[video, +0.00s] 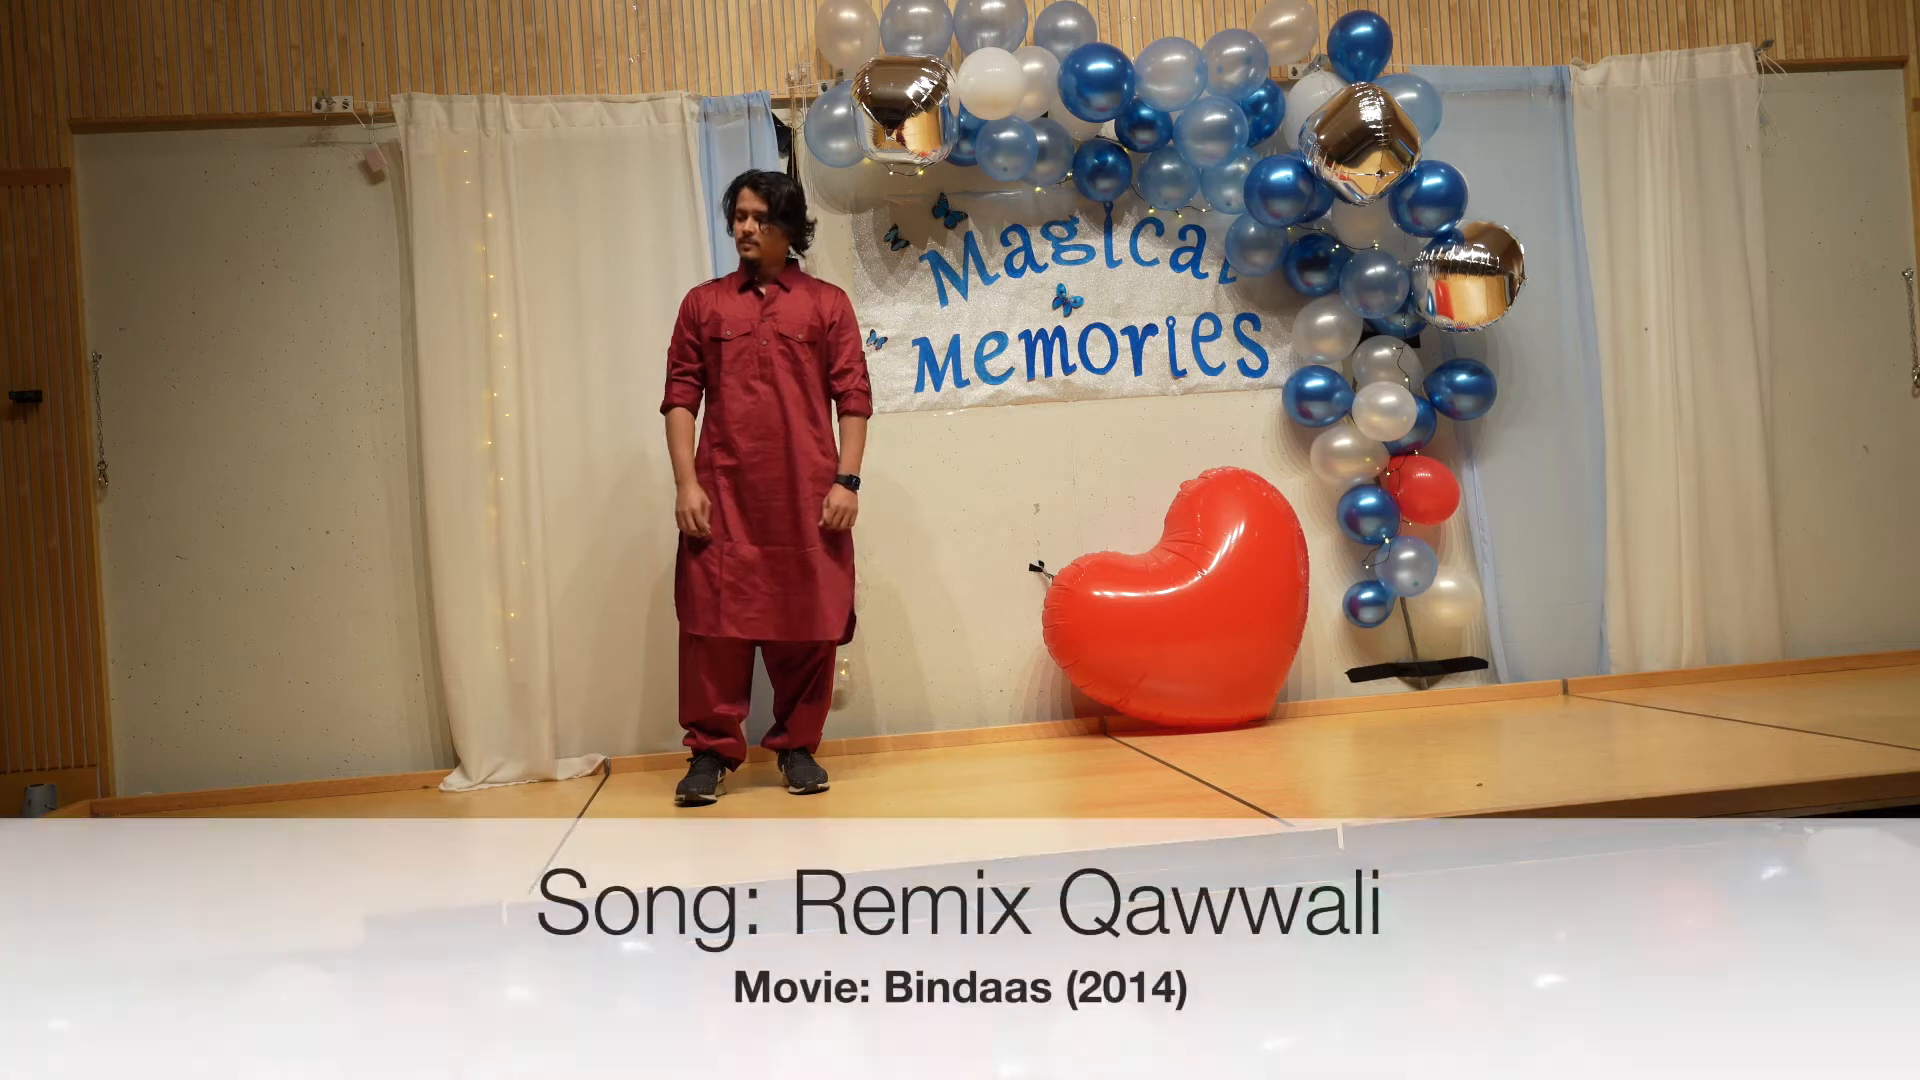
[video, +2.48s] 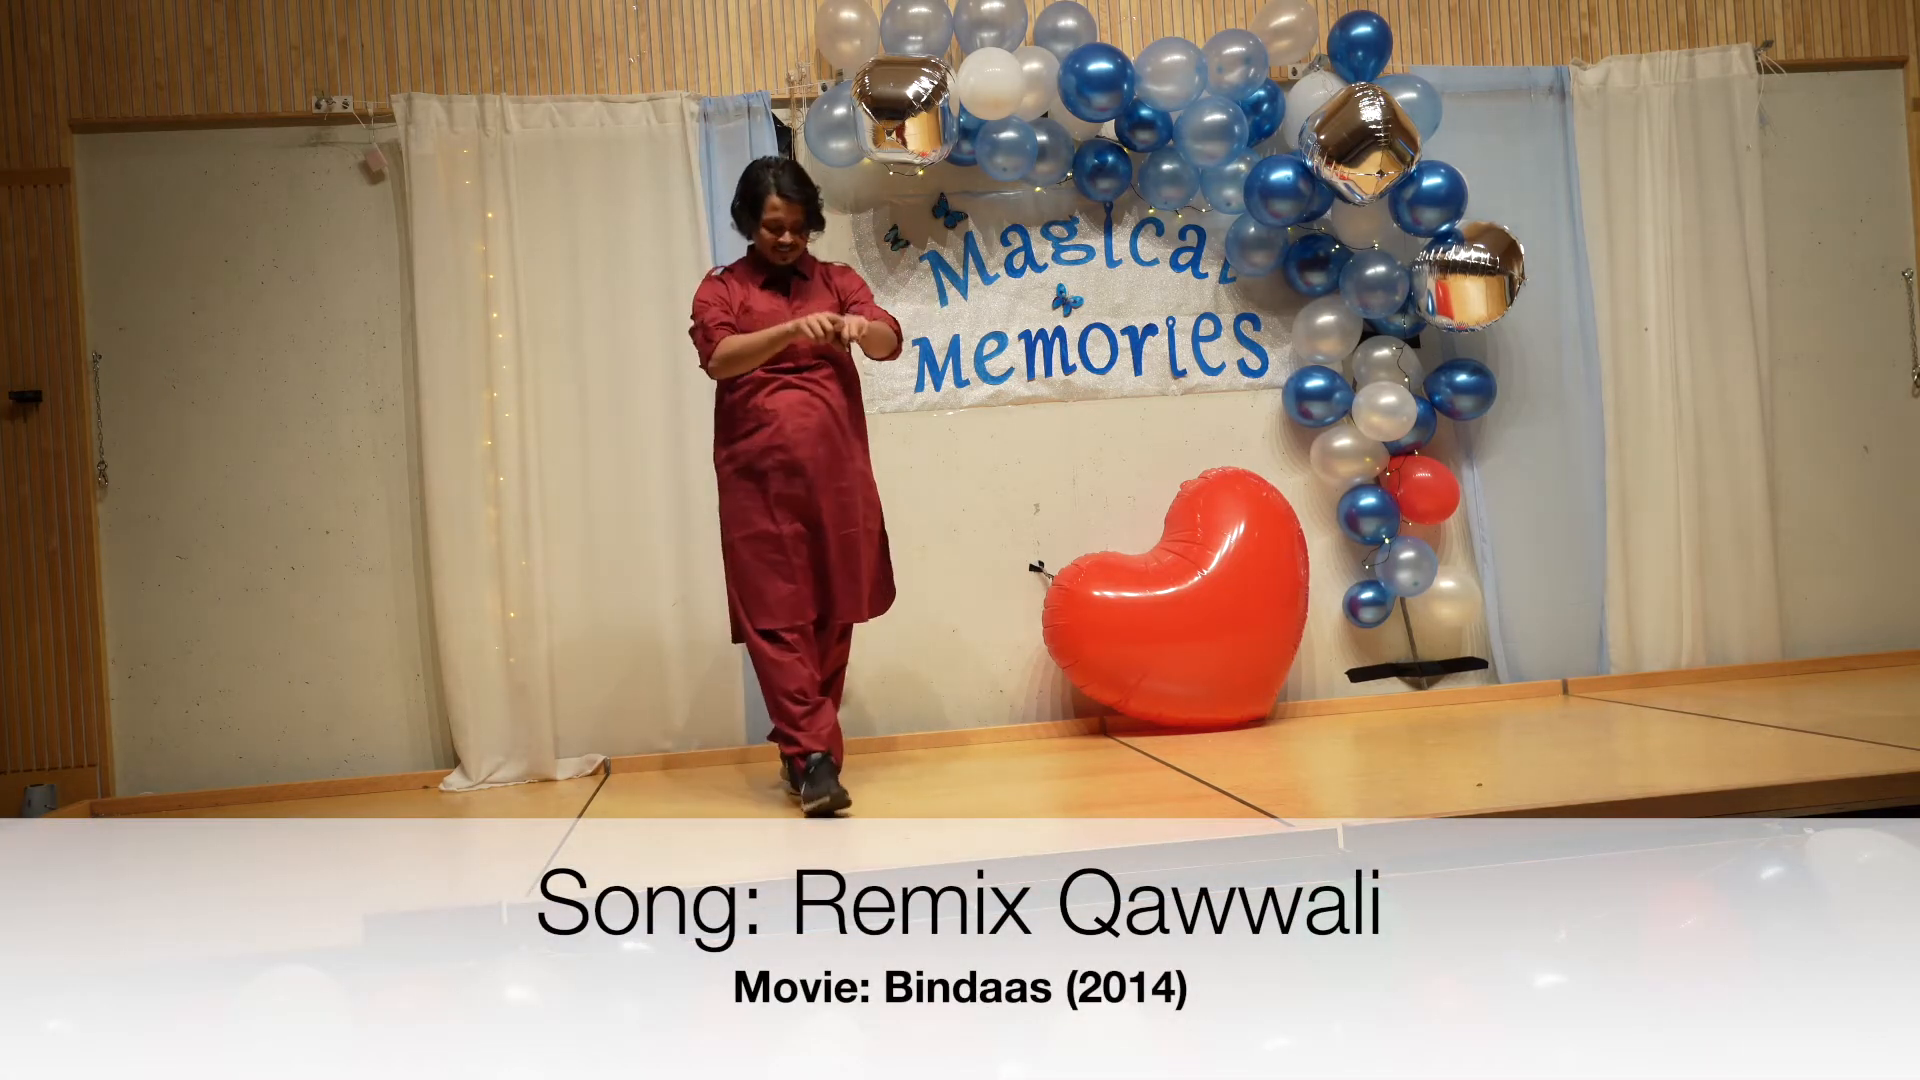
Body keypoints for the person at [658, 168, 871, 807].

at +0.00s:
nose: (745, 227)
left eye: (760, 217)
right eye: (739, 216)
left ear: (790, 227)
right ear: (730, 224)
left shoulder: (827, 303)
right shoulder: (703, 304)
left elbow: (854, 397)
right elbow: (679, 399)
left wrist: (848, 480)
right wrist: (686, 482)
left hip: (805, 493)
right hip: (723, 493)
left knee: (808, 628)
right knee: (713, 624)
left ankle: (799, 748)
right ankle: (710, 752)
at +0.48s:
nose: (758, 222)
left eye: (771, 213)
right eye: (749, 212)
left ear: (798, 225)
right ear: (738, 223)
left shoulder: (832, 302)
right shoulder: (706, 300)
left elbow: (860, 393)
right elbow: (678, 393)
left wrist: (848, 469)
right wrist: (700, 473)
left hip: (808, 490)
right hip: (725, 490)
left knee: (809, 626)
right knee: (713, 622)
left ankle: (799, 749)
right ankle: (709, 752)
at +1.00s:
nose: (757, 211)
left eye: (767, 203)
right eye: (745, 207)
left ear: (789, 221)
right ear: (731, 229)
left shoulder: (823, 291)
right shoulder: (720, 298)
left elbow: (868, 259)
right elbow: (682, 275)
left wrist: (829, 198)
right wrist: (717, 206)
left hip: (815, 478)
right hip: (734, 478)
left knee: (812, 623)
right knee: (717, 619)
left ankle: (800, 748)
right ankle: (711, 752)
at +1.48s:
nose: (761, 218)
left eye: (771, 210)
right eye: (747, 213)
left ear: (791, 230)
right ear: (732, 237)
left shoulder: (833, 301)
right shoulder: (716, 306)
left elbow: (907, 320)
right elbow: (661, 348)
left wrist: (932, 291)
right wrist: (667, 310)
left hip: (826, 488)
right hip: (740, 491)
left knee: (819, 627)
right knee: (735, 625)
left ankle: (801, 749)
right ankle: (727, 754)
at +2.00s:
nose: (769, 239)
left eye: (779, 227)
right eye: (756, 229)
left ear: (795, 229)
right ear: (733, 235)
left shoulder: (825, 290)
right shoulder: (713, 301)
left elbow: (871, 341)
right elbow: (711, 349)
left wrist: (837, 314)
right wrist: (779, 310)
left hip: (830, 465)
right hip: (752, 468)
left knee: (830, 599)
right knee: (778, 592)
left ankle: (800, 745)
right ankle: (820, 716)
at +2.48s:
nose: (785, 240)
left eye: (796, 228)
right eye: (772, 228)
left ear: (812, 223)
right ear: (748, 223)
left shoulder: (836, 280)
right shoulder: (720, 289)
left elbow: (888, 341)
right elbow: (719, 358)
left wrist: (854, 328)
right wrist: (792, 328)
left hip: (837, 478)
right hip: (759, 484)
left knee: (831, 615)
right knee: (778, 619)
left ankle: (806, 747)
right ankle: (813, 757)